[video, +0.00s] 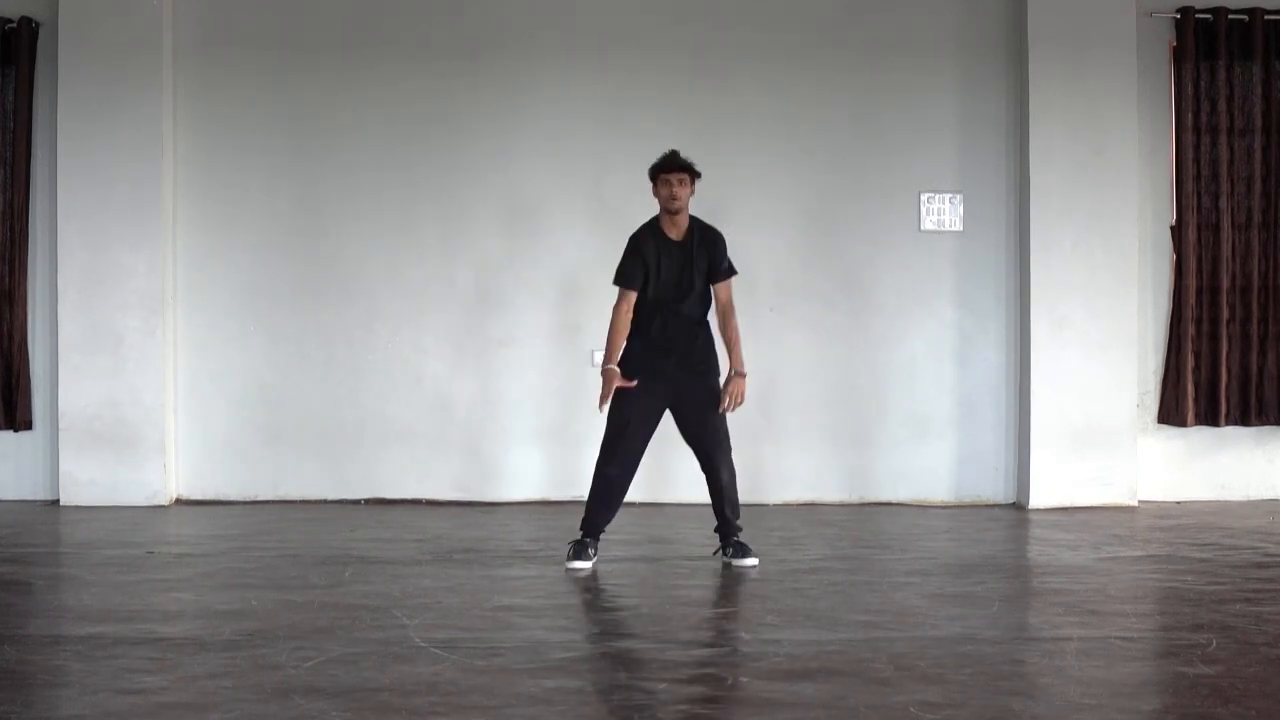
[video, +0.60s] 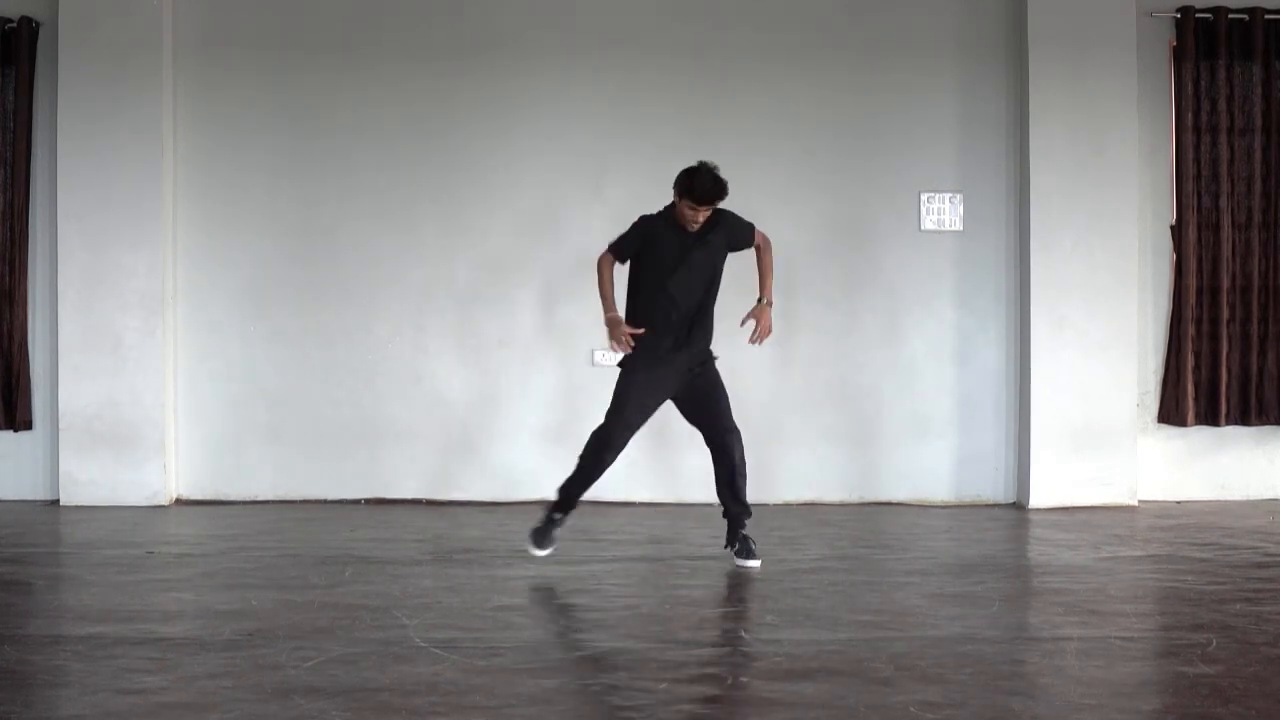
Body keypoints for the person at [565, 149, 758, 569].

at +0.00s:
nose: (675, 190)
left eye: (682, 183)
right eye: (667, 183)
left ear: (693, 189)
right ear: (654, 189)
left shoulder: (710, 241)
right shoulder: (642, 242)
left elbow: (725, 307)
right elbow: (624, 307)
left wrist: (737, 369)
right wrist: (610, 363)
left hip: (696, 371)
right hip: (643, 370)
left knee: (718, 457)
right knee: (617, 456)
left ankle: (731, 538)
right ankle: (588, 538)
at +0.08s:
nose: (676, 180)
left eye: (683, 173)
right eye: (668, 173)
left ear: (694, 178)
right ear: (655, 178)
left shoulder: (714, 223)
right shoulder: (642, 231)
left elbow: (758, 269)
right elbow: (609, 288)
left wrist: (736, 316)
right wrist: (617, 328)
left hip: (710, 358)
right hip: (657, 359)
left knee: (724, 451)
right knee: (631, 443)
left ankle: (731, 536)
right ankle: (601, 530)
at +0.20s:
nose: (672, 194)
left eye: (679, 186)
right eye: (663, 187)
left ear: (689, 188)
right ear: (651, 191)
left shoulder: (704, 217)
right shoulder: (644, 235)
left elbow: (739, 265)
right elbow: (630, 295)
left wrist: (684, 305)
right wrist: (613, 258)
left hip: (722, 336)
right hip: (676, 341)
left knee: (740, 434)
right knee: (676, 399)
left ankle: (740, 529)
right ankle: (696, 479)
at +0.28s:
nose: (671, 203)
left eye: (679, 195)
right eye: (663, 195)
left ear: (690, 197)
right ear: (651, 198)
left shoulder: (706, 223)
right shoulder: (643, 242)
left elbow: (748, 268)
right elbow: (633, 303)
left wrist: (695, 303)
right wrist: (617, 271)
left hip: (726, 341)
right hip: (679, 346)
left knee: (744, 438)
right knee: (687, 396)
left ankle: (737, 531)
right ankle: (743, 460)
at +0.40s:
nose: (685, 221)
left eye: (692, 212)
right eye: (677, 212)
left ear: (701, 208)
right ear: (662, 207)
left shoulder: (716, 235)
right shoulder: (648, 254)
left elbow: (745, 293)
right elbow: (652, 320)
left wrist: (740, 351)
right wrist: (645, 324)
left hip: (724, 355)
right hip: (677, 357)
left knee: (738, 450)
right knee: (667, 404)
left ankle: (736, 537)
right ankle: (703, 485)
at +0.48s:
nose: (694, 221)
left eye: (701, 214)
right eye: (687, 213)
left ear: (708, 209)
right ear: (671, 204)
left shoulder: (720, 236)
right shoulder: (651, 247)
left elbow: (745, 297)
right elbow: (648, 307)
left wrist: (763, 353)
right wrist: (649, 342)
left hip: (717, 358)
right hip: (670, 358)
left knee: (732, 446)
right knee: (635, 410)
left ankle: (737, 537)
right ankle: (652, 497)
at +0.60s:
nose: (700, 217)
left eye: (708, 211)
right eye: (693, 209)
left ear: (716, 205)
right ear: (677, 197)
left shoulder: (724, 226)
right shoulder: (649, 228)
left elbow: (762, 243)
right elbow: (607, 261)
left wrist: (765, 302)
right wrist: (612, 318)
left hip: (695, 363)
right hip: (646, 362)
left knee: (728, 440)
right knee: (611, 440)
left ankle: (738, 533)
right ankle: (557, 513)